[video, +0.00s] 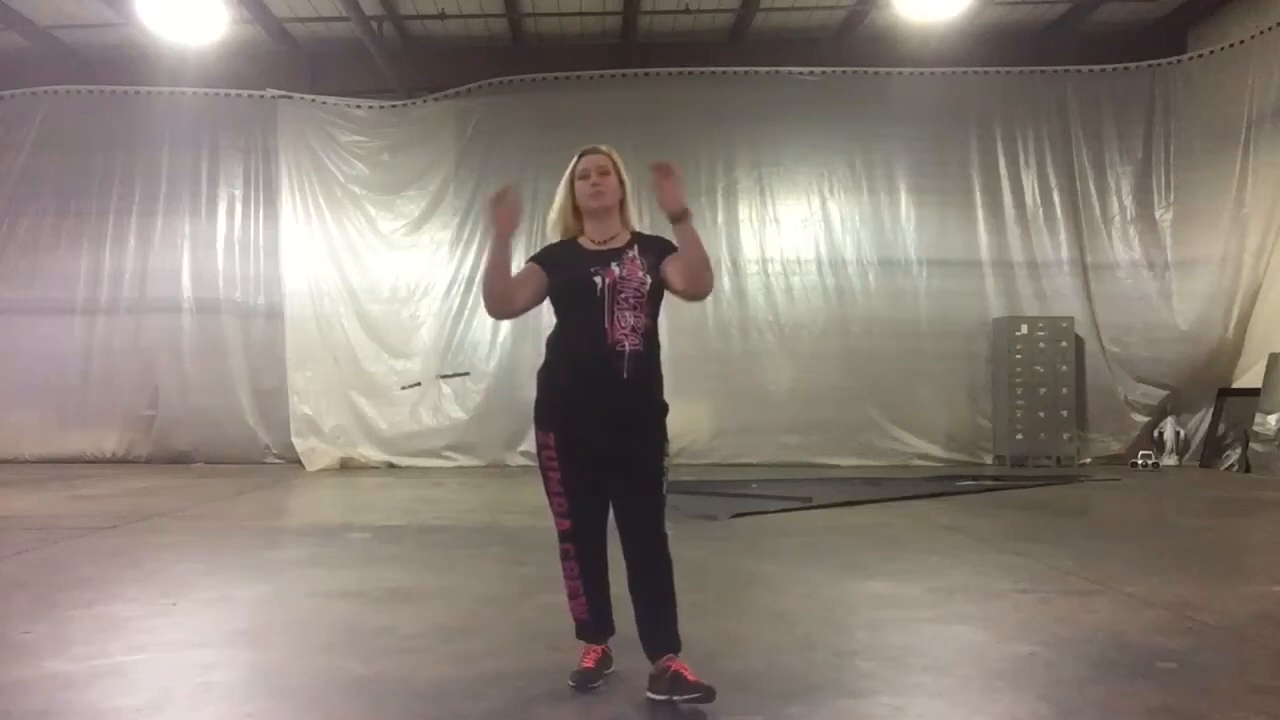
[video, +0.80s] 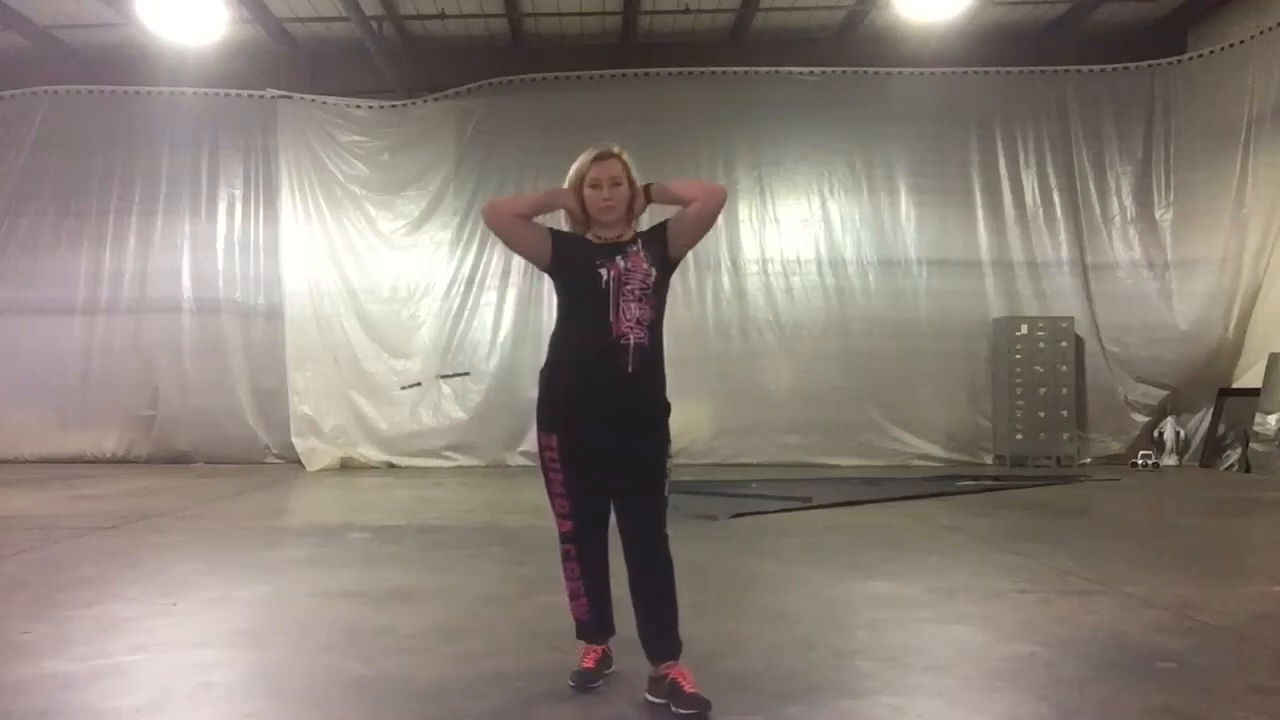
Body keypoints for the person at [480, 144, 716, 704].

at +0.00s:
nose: (595, 181)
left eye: (604, 172)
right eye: (584, 176)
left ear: (622, 185)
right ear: (572, 193)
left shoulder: (650, 248)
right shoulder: (557, 258)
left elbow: (698, 284)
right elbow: (499, 304)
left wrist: (680, 215)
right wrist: (500, 238)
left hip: (636, 414)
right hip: (567, 416)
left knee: (647, 537)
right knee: (580, 537)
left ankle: (665, 659)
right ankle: (595, 646)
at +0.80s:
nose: (605, 194)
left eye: (615, 184)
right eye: (594, 185)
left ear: (633, 192)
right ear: (579, 196)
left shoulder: (657, 248)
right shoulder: (562, 253)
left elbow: (713, 195)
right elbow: (494, 213)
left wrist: (650, 191)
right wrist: (564, 196)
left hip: (639, 416)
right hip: (569, 417)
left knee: (648, 539)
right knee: (581, 537)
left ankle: (666, 663)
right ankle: (594, 647)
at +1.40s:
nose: (597, 173)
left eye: (607, 166)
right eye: (587, 168)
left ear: (626, 185)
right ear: (575, 188)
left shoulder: (653, 242)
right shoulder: (556, 245)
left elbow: (717, 192)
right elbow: (489, 192)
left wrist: (679, 161)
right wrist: (522, 156)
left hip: (635, 412)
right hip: (565, 413)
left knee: (646, 538)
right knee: (579, 537)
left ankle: (665, 663)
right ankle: (593, 645)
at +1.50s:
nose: (596, 174)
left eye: (605, 168)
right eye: (585, 170)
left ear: (622, 186)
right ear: (573, 190)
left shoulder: (654, 244)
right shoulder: (555, 244)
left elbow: (731, 234)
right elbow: (476, 221)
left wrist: (742, 173)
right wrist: (459, 156)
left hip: (637, 411)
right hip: (567, 413)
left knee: (647, 538)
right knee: (579, 536)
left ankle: (665, 664)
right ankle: (594, 646)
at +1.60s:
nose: (599, 169)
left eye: (608, 167)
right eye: (587, 169)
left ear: (625, 189)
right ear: (573, 195)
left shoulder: (653, 247)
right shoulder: (556, 252)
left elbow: (721, 288)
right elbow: (478, 279)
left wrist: (779, 247)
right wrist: (424, 222)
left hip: (637, 413)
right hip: (568, 415)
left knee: (646, 537)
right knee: (579, 536)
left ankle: (665, 665)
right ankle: (593, 646)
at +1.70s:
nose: (596, 169)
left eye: (606, 166)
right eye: (586, 168)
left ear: (624, 186)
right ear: (573, 192)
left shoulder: (654, 248)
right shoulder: (559, 256)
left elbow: (700, 320)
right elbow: (507, 321)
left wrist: (749, 343)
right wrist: (445, 326)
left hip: (638, 413)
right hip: (569, 416)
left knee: (645, 536)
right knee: (579, 536)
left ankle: (665, 665)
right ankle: (593, 646)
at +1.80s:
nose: (595, 166)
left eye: (604, 162)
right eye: (583, 166)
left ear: (623, 184)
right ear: (571, 193)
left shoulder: (655, 246)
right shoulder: (559, 257)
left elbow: (681, 328)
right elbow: (526, 338)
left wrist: (703, 397)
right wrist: (473, 391)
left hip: (638, 415)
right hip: (568, 419)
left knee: (645, 537)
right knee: (578, 537)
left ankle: (664, 665)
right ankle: (592, 646)